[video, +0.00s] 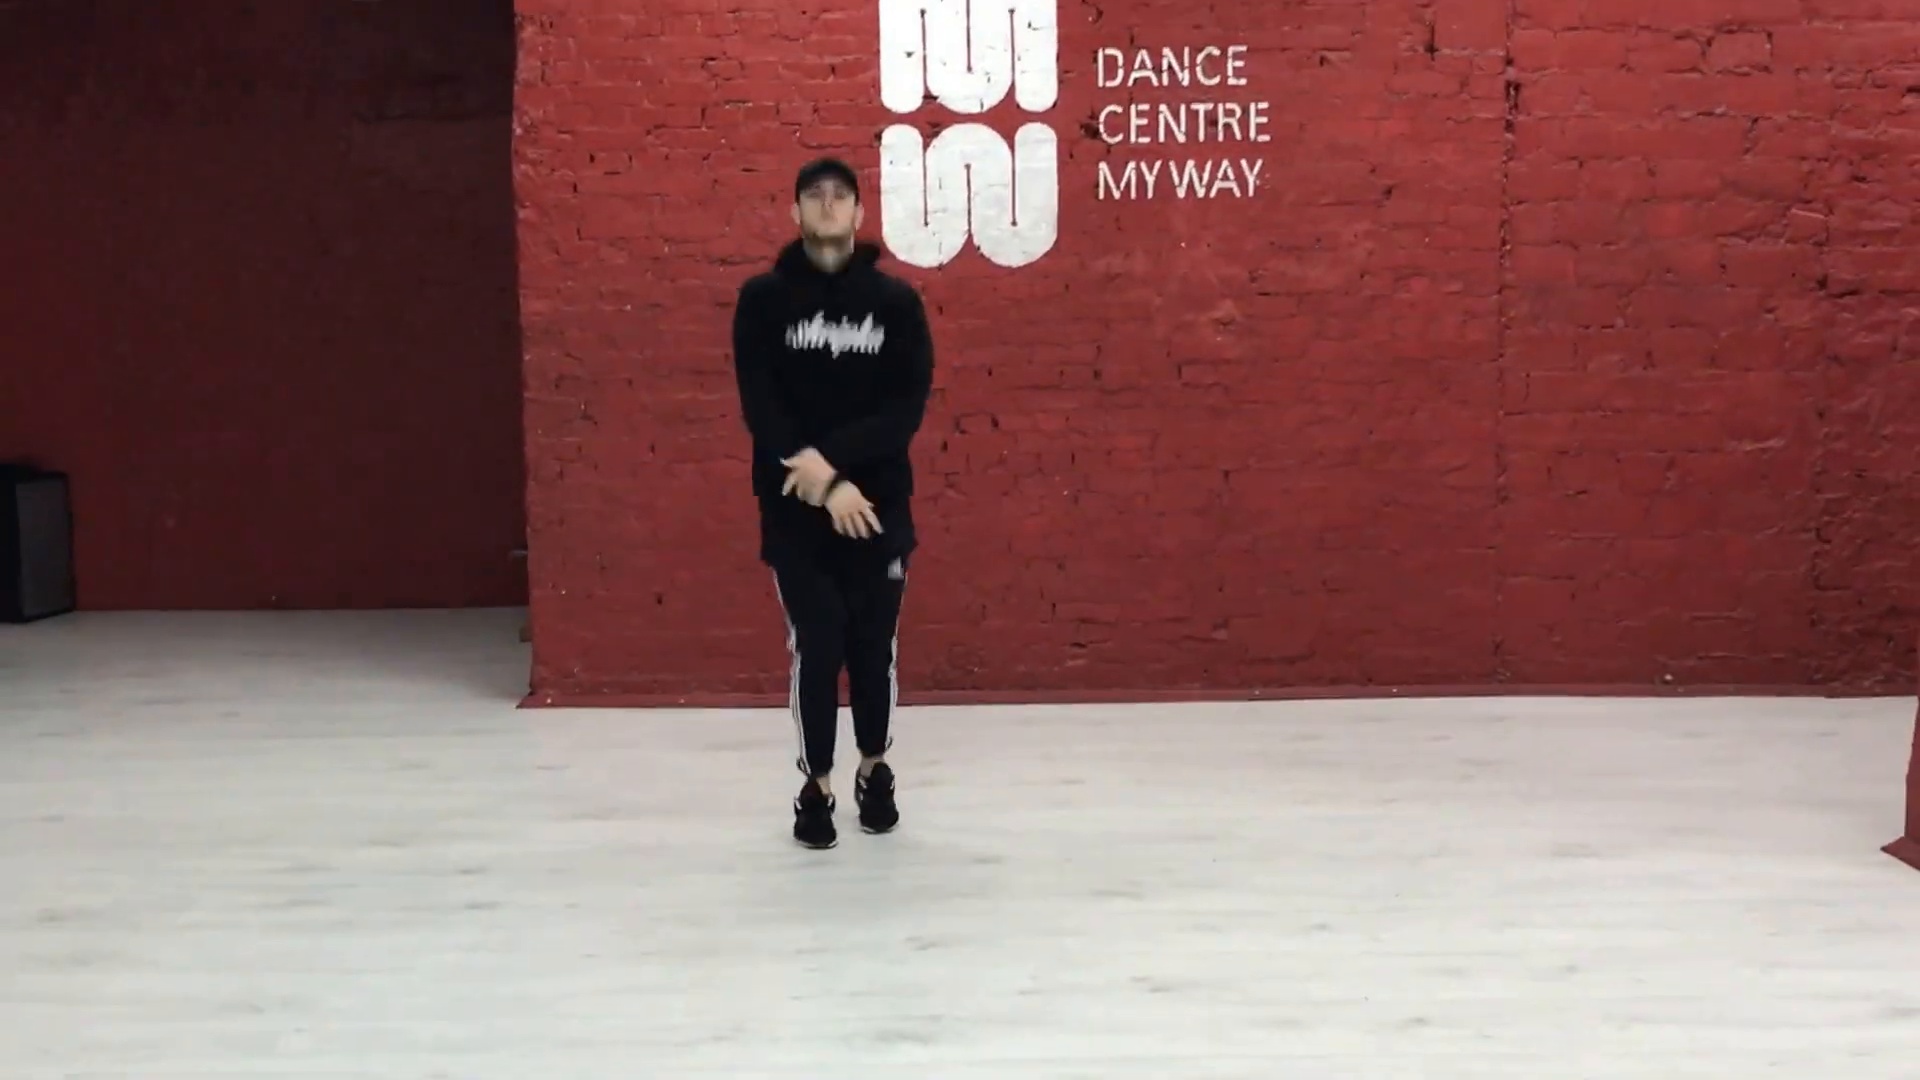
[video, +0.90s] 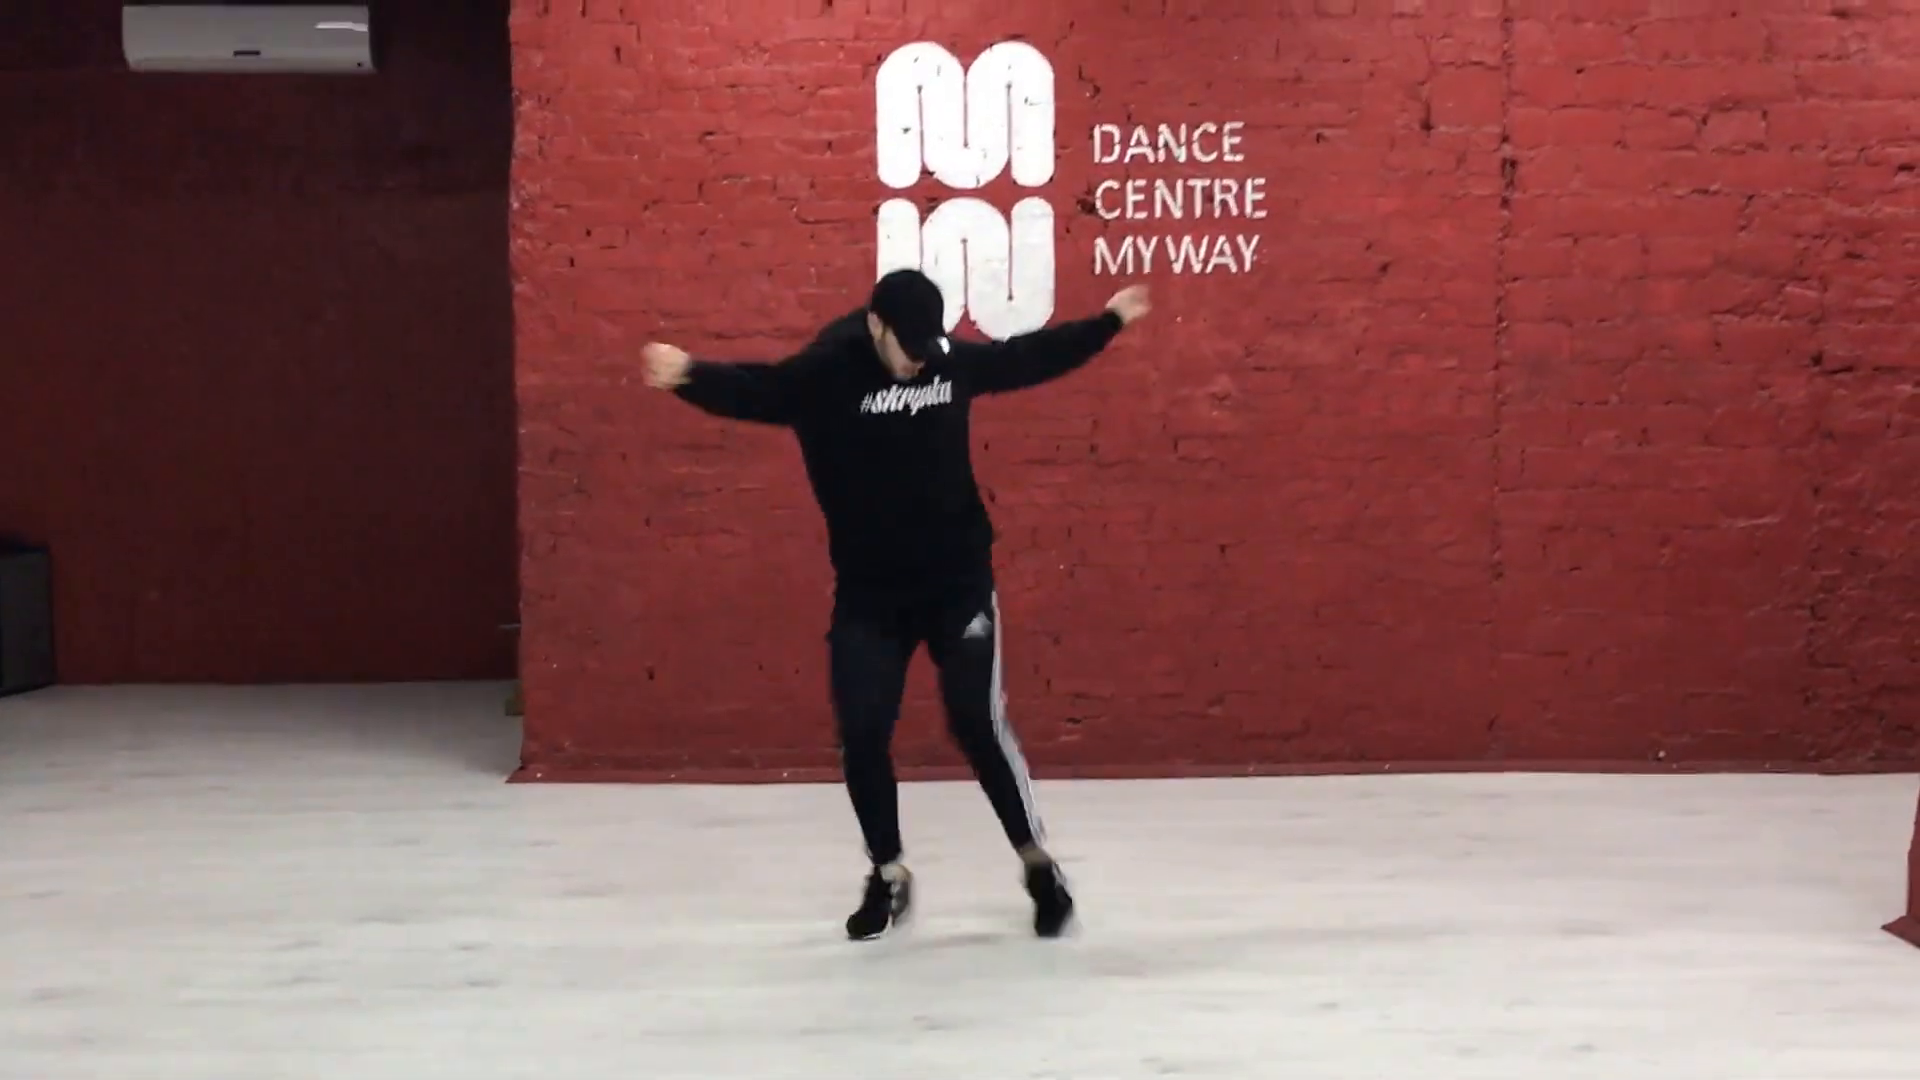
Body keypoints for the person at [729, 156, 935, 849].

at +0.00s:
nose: (829, 210)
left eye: (840, 198)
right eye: (815, 199)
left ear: (858, 209)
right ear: (797, 211)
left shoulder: (896, 300)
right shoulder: (763, 299)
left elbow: (906, 410)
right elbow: (763, 411)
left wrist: (831, 455)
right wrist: (827, 481)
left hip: (880, 499)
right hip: (796, 498)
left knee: (873, 647)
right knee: (818, 646)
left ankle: (874, 771)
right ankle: (817, 786)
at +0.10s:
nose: (839, 219)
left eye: (851, 209)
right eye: (826, 209)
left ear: (868, 221)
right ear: (807, 222)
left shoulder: (903, 313)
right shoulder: (773, 308)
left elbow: (916, 418)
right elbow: (770, 421)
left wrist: (832, 417)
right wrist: (849, 478)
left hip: (879, 512)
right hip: (797, 512)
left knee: (871, 657)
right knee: (815, 655)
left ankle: (868, 784)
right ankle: (816, 795)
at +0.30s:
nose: (856, 229)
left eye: (868, 217)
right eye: (844, 216)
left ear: (884, 225)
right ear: (823, 223)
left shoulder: (912, 310)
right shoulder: (788, 302)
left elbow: (942, 417)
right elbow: (761, 408)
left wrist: (901, 398)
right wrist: (845, 390)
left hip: (879, 506)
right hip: (797, 506)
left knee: (901, 646)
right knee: (821, 650)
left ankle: (866, 790)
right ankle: (789, 789)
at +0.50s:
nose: (886, 275)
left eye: (897, 261)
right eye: (877, 258)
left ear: (909, 251)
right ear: (846, 238)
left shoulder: (917, 307)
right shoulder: (792, 306)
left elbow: (967, 378)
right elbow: (720, 390)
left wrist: (1030, 442)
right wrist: (644, 470)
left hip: (903, 522)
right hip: (817, 523)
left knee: (914, 663)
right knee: (815, 670)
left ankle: (870, 799)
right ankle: (783, 810)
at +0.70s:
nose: (906, 306)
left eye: (915, 293)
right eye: (895, 291)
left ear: (927, 280)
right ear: (864, 270)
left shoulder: (949, 313)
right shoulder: (809, 317)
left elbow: (1033, 297)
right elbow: (704, 320)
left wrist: (1119, 261)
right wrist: (581, 300)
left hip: (916, 529)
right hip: (837, 533)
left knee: (958, 666)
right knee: (874, 678)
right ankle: (830, 841)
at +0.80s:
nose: (915, 341)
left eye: (924, 328)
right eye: (904, 326)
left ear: (934, 315)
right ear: (871, 309)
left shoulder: (958, 347)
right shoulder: (815, 358)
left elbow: (1042, 314)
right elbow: (710, 357)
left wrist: (1121, 268)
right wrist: (601, 332)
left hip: (932, 570)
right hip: (850, 577)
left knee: (1003, 693)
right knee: (883, 718)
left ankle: (970, 858)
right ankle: (844, 877)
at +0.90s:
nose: (916, 364)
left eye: (926, 353)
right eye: (908, 351)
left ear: (940, 335)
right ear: (877, 326)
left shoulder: (952, 364)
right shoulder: (826, 372)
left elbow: (1029, 356)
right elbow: (763, 391)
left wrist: (1107, 323)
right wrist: (689, 376)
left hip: (957, 580)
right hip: (870, 587)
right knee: (862, 736)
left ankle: (1037, 865)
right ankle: (888, 876)